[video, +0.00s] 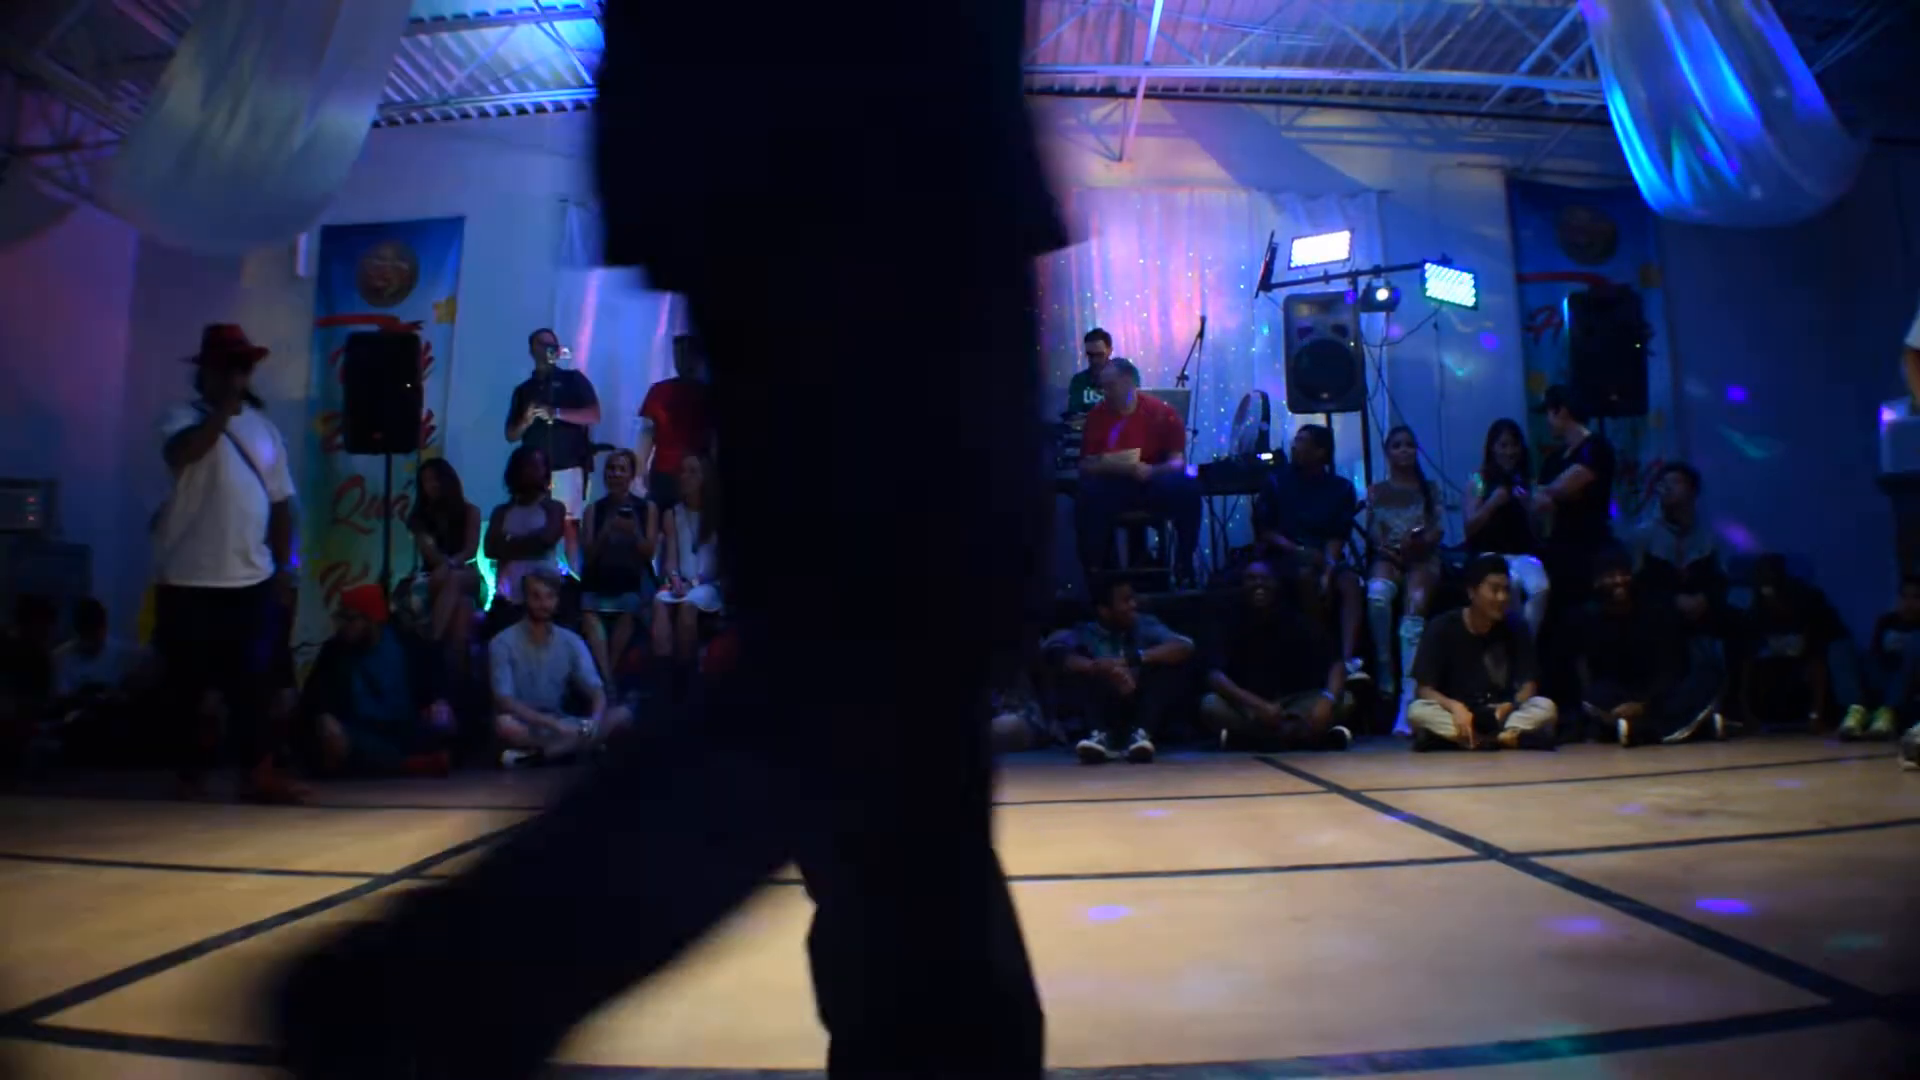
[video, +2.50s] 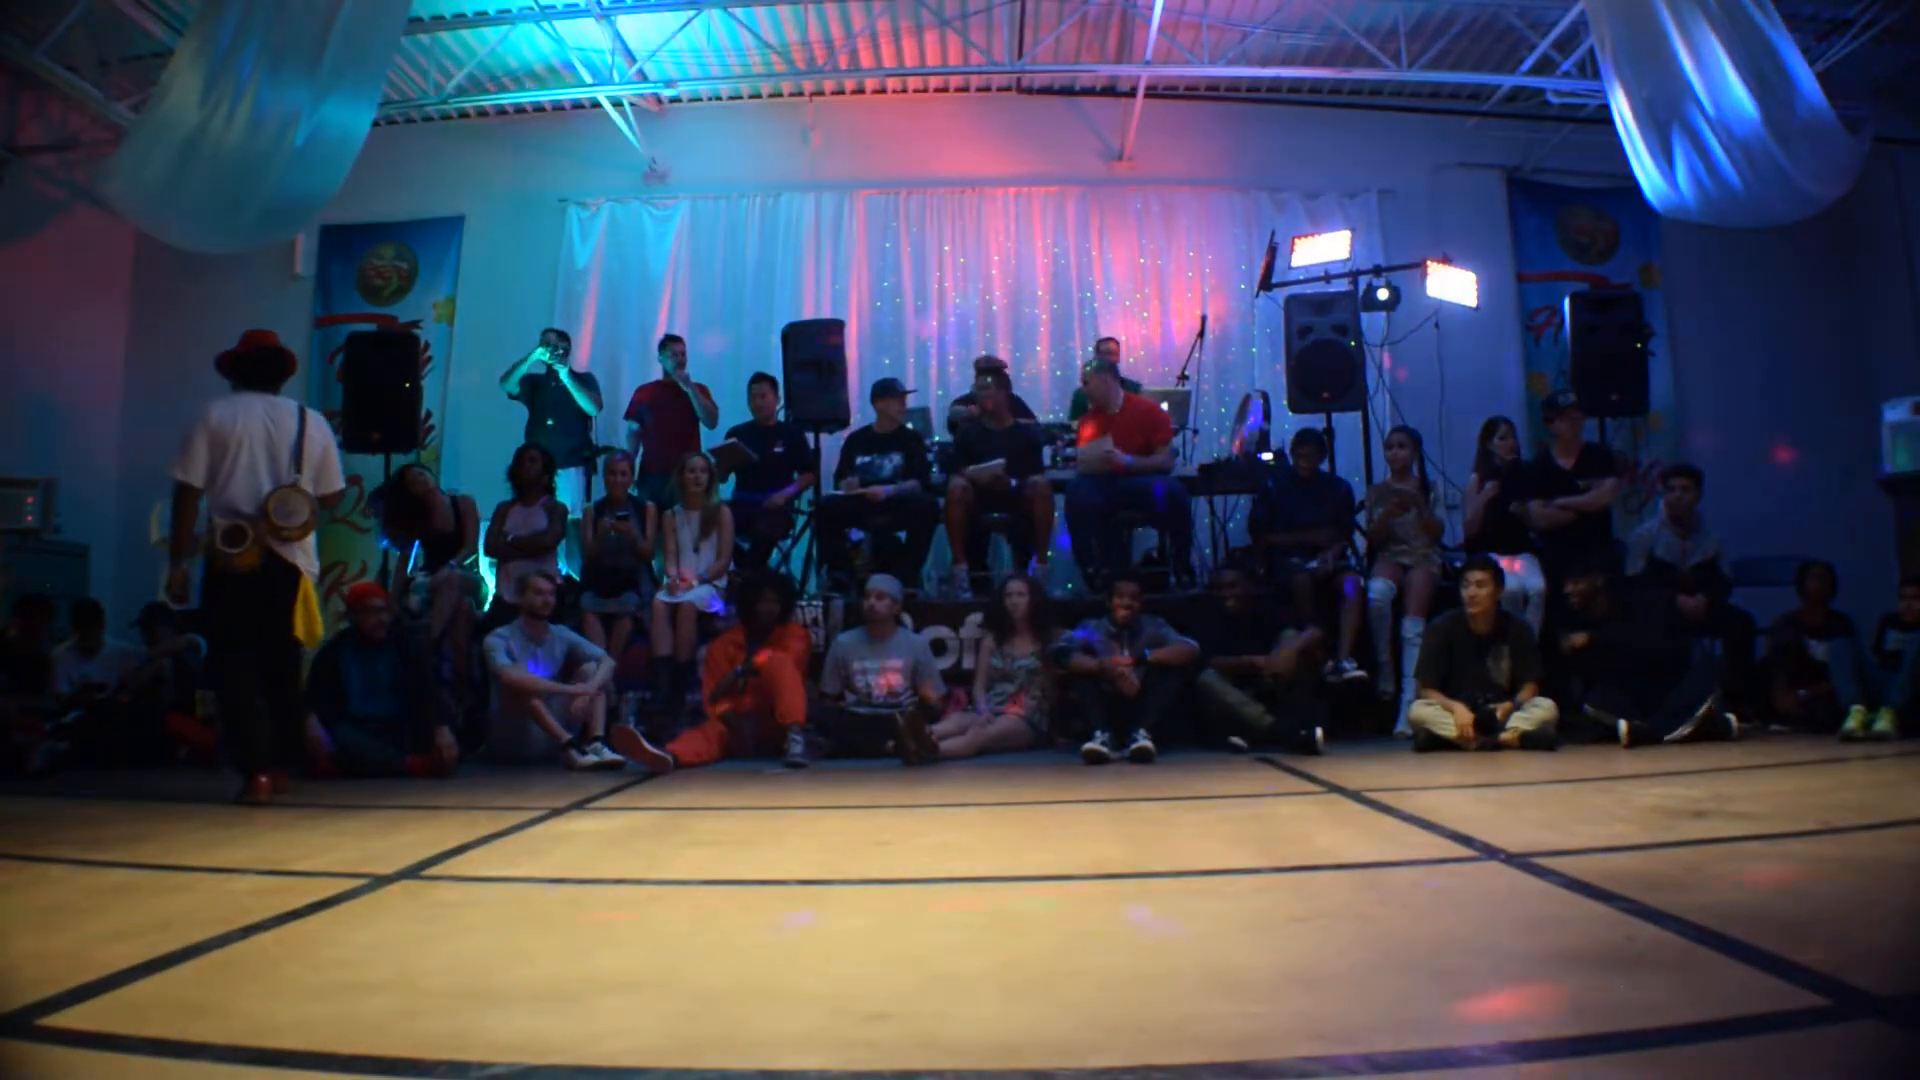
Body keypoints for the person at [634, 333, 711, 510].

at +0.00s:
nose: (684, 360)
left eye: (689, 353)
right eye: (680, 353)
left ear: (700, 357)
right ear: (674, 357)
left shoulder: (709, 391)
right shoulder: (660, 391)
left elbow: (714, 436)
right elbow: (647, 434)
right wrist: (640, 473)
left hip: (700, 475)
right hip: (665, 473)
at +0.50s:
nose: (660, 360)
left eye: (666, 353)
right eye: (659, 354)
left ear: (682, 355)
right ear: (658, 357)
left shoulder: (703, 392)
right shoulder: (649, 391)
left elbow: (711, 436)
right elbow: (638, 433)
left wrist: (709, 471)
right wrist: (631, 470)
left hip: (691, 477)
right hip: (655, 474)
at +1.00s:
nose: (661, 363)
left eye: (666, 356)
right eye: (658, 357)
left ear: (679, 357)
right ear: (655, 359)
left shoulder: (699, 393)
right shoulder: (646, 394)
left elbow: (709, 435)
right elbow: (636, 436)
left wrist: (710, 471)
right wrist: (629, 473)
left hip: (688, 476)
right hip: (653, 473)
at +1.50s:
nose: (675, 360)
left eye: (679, 354)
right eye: (669, 355)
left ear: (684, 357)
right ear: (659, 359)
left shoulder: (697, 392)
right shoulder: (643, 392)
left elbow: (711, 431)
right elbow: (632, 433)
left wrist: (692, 413)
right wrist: (628, 471)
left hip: (686, 476)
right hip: (651, 474)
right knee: (648, 533)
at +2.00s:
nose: (676, 359)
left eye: (679, 354)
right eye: (669, 355)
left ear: (684, 356)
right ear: (659, 359)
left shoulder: (697, 390)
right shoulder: (644, 393)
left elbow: (710, 421)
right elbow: (632, 434)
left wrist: (689, 387)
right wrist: (628, 473)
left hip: (687, 476)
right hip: (652, 474)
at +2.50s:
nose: (679, 359)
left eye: (682, 354)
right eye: (673, 355)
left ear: (686, 356)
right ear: (661, 359)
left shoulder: (698, 390)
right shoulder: (645, 393)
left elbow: (711, 421)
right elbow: (633, 436)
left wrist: (688, 387)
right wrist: (627, 475)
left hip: (688, 476)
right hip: (653, 474)